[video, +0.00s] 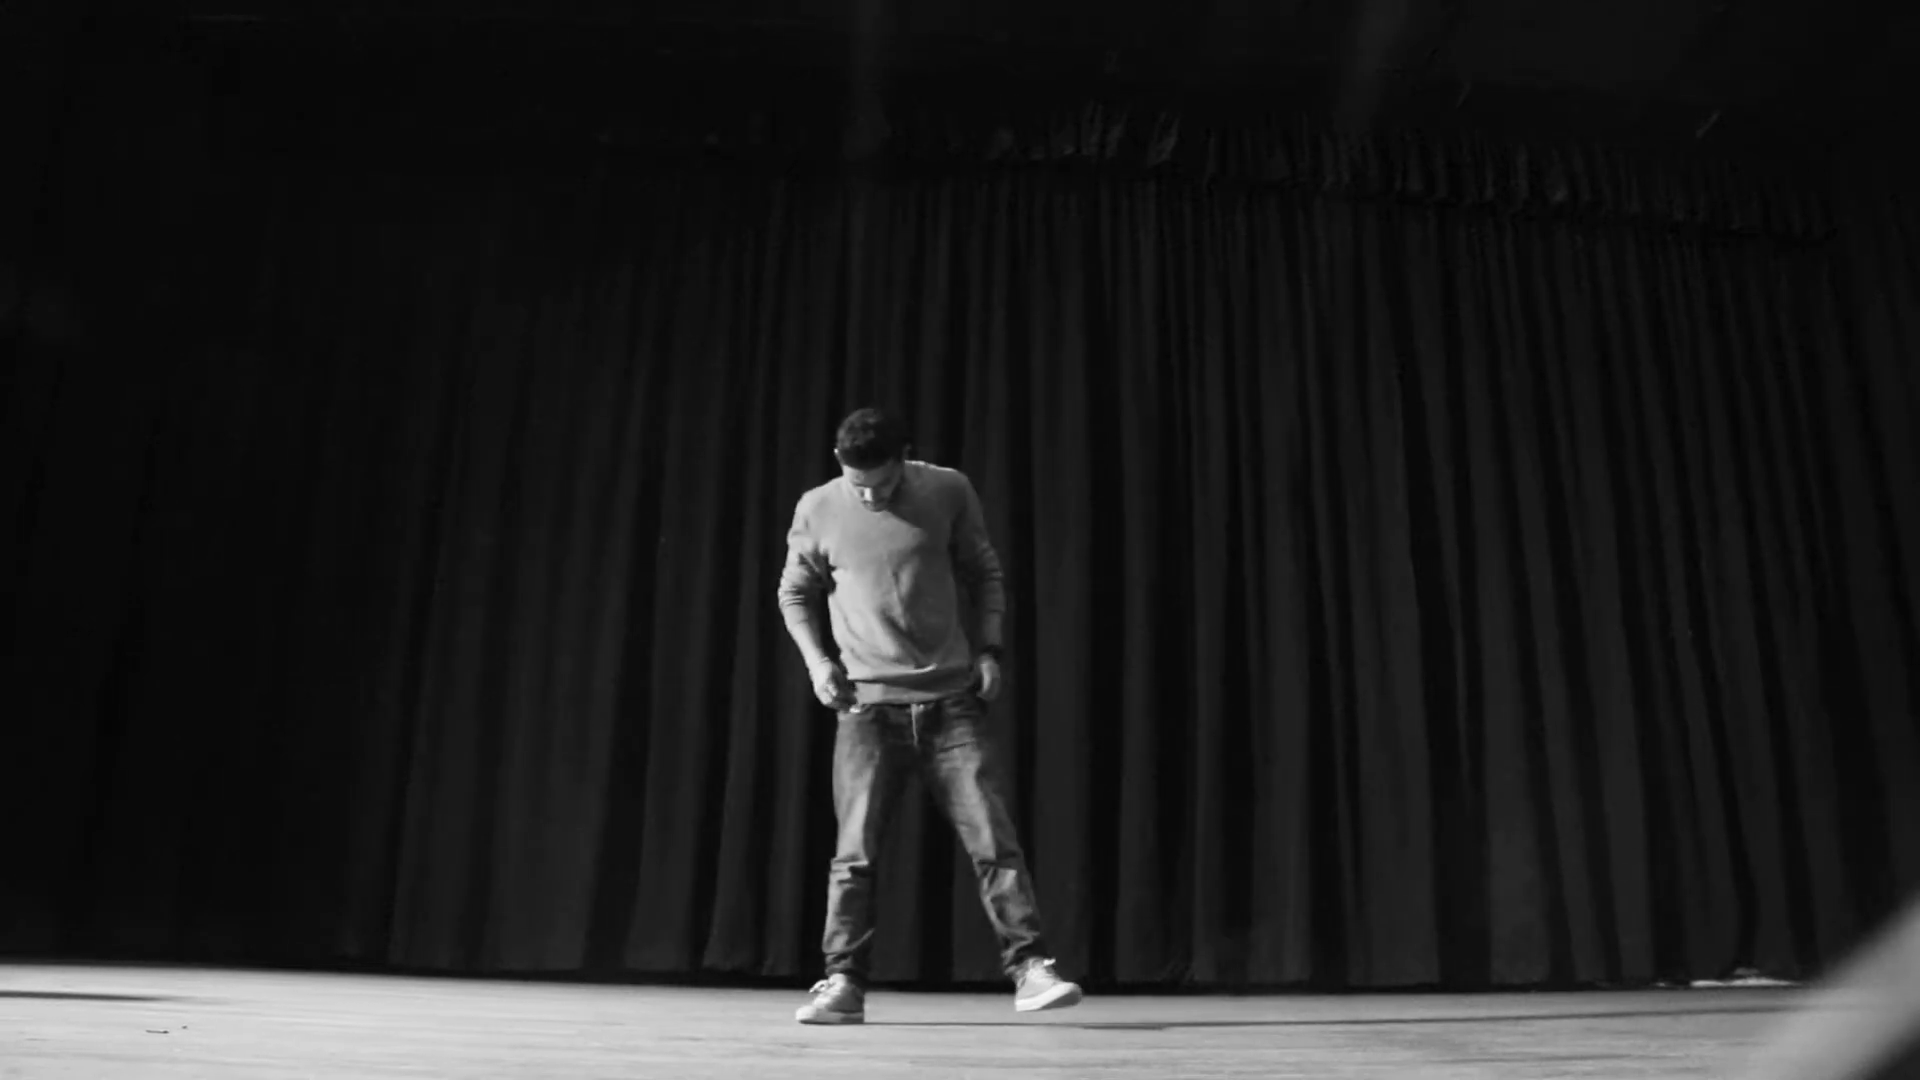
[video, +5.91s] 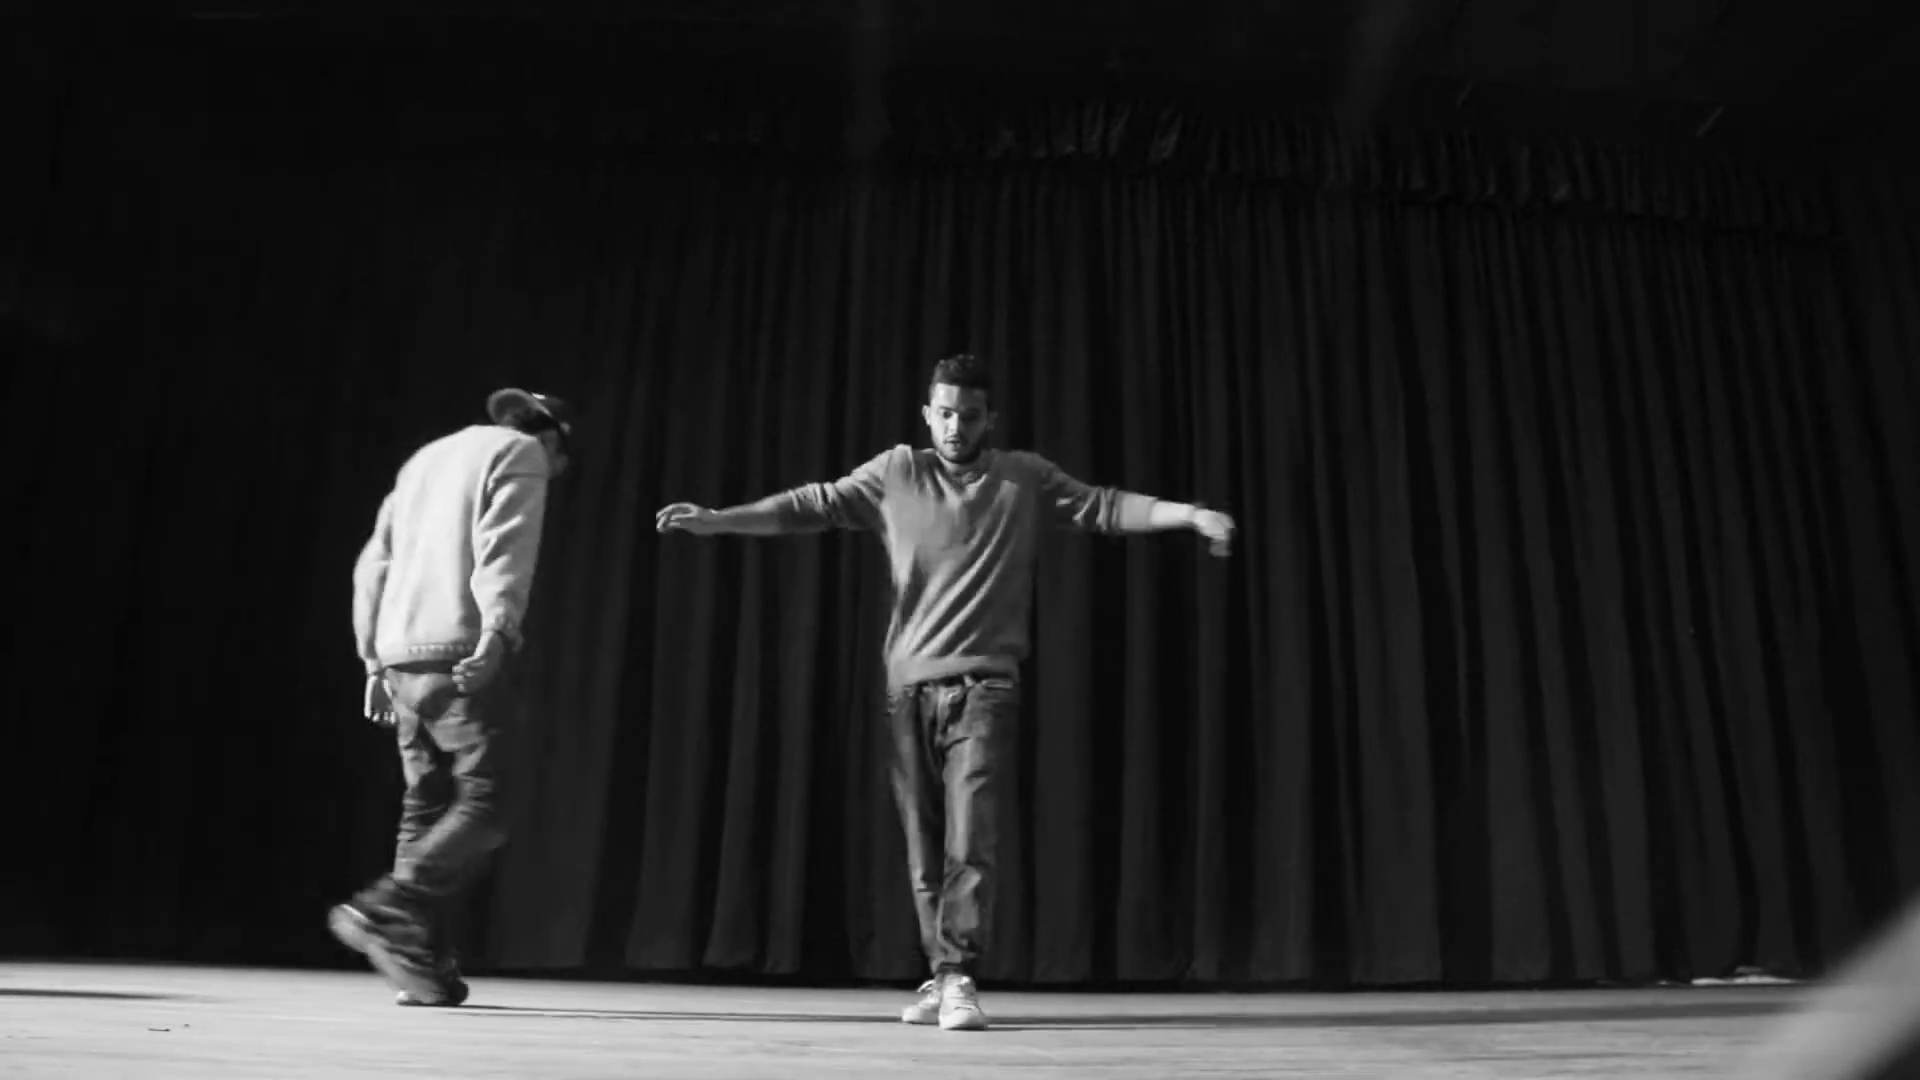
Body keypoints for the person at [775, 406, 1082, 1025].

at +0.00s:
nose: (871, 496)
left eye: (881, 485)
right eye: (860, 486)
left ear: (903, 461)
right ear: (841, 470)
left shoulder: (950, 492)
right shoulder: (818, 510)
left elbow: (986, 572)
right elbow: (794, 594)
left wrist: (990, 649)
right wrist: (817, 661)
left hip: (952, 703)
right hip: (867, 707)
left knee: (993, 839)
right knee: (855, 853)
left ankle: (1031, 972)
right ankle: (842, 984)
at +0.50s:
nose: (968, 495)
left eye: (979, 484)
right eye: (957, 483)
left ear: (1001, 466)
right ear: (941, 463)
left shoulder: (1038, 502)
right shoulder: (903, 498)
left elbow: (1068, 592)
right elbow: (874, 583)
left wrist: (1054, 663)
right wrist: (870, 668)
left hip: (996, 702)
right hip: (913, 703)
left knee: (1019, 856)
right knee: (880, 851)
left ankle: (1032, 989)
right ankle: (847, 981)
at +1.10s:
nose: (939, 499)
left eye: (951, 489)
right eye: (928, 486)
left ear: (972, 470)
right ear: (910, 462)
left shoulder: (1006, 499)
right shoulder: (874, 500)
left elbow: (1046, 582)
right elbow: (831, 586)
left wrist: (1078, 658)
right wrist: (798, 674)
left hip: (983, 707)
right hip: (899, 705)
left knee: (1008, 856)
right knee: (872, 856)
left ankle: (1030, 988)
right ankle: (849, 983)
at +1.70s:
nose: (935, 514)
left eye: (946, 504)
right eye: (923, 503)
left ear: (969, 478)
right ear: (904, 480)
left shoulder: (1009, 492)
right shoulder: (873, 493)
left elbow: (1089, 535)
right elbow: (801, 533)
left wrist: (1140, 601)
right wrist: (733, 596)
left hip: (986, 708)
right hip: (902, 707)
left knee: (1010, 856)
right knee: (875, 854)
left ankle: (1031, 991)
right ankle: (849, 985)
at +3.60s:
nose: (978, 457)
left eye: (991, 444)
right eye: (967, 443)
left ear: (1011, 437)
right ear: (946, 430)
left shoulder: (1040, 490)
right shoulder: (907, 486)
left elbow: (1122, 516)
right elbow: (822, 497)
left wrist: (1206, 529)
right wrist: (733, 500)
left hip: (1008, 690)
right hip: (925, 689)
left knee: (1022, 846)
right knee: (912, 840)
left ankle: (1020, 982)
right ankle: (894, 979)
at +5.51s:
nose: (961, 428)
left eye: (974, 415)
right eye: (949, 414)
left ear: (994, 414)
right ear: (931, 413)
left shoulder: (1025, 466)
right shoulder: (900, 488)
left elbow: (1089, 526)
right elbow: (817, 513)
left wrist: (1150, 570)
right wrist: (721, 519)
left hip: (998, 681)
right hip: (920, 684)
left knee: (1000, 806)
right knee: (921, 832)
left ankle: (965, 969)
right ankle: (956, 974)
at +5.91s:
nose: (958, 428)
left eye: (972, 415)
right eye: (947, 414)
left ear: (992, 417)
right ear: (926, 415)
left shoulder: (1025, 476)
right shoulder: (895, 474)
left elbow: (1103, 507)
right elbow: (809, 504)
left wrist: (1192, 515)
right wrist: (714, 520)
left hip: (986, 677)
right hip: (911, 679)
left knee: (972, 825)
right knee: (923, 831)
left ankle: (960, 980)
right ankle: (942, 978)